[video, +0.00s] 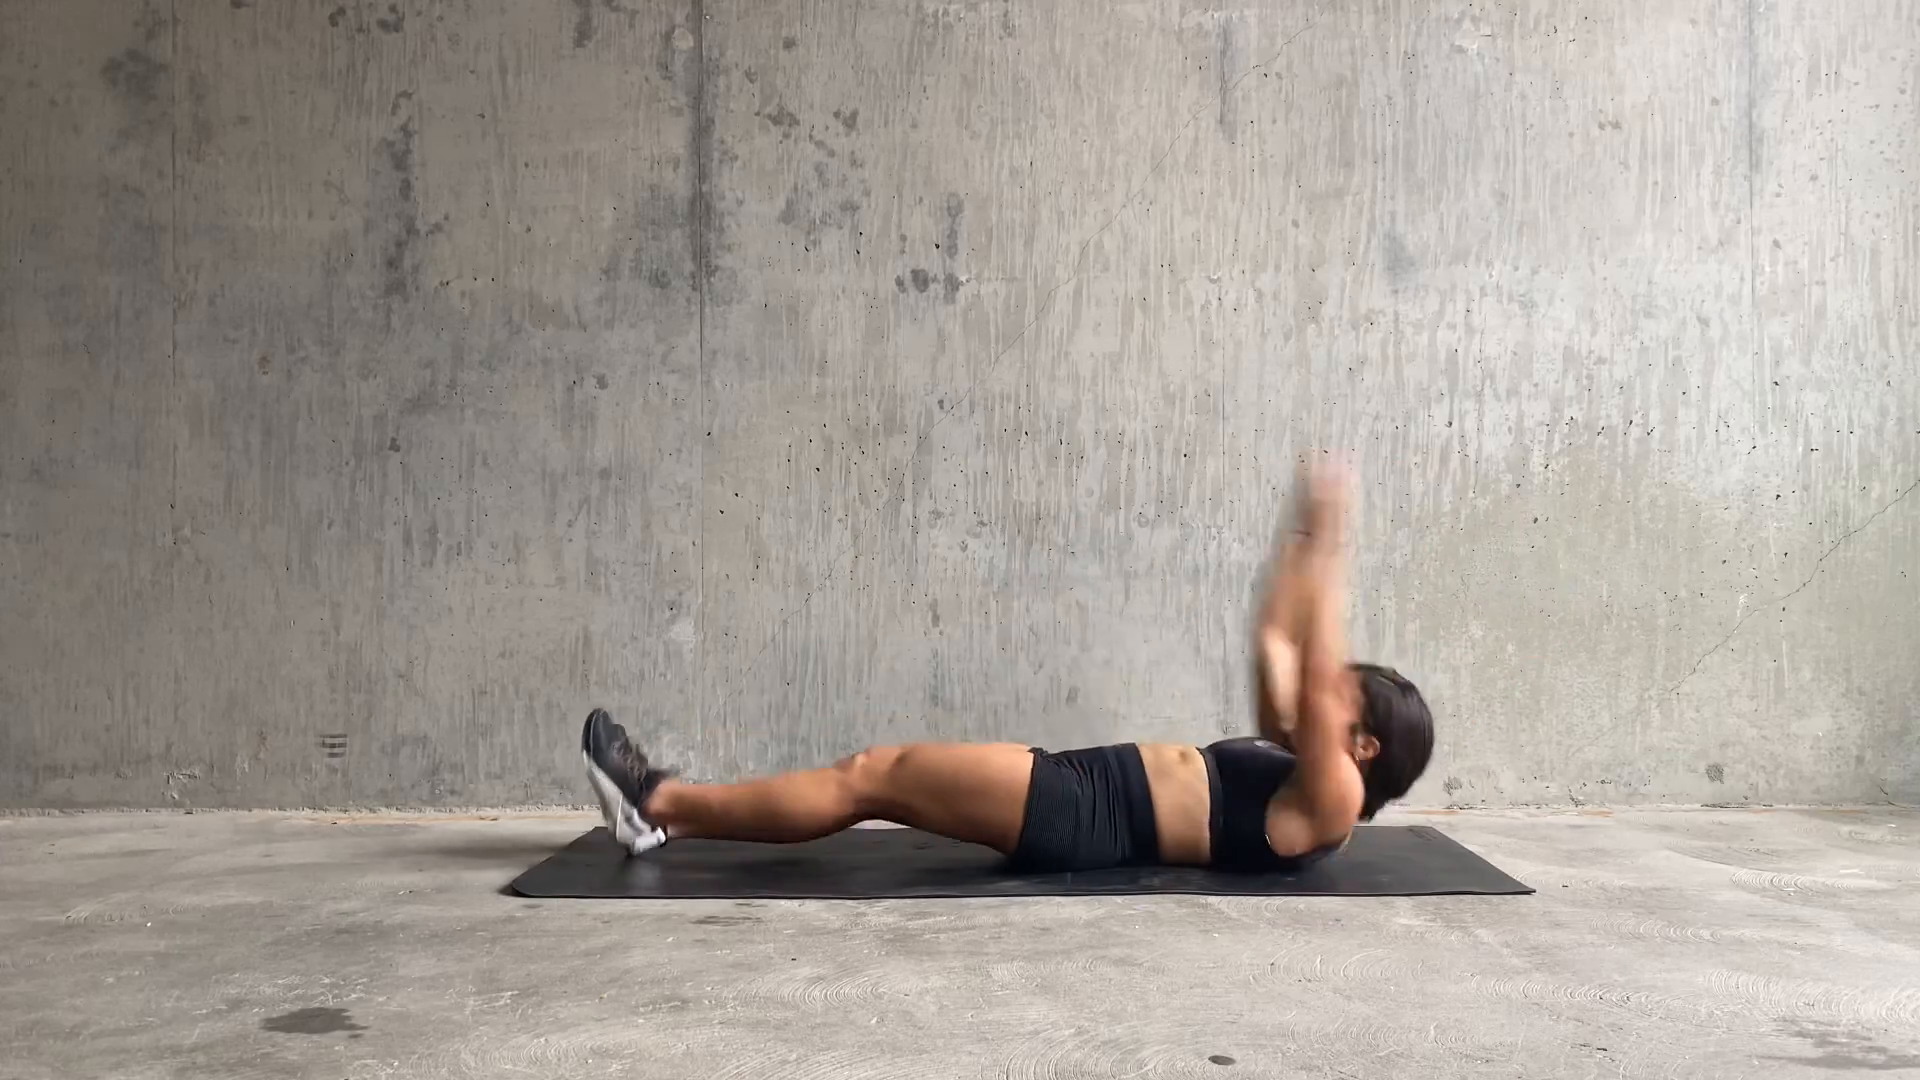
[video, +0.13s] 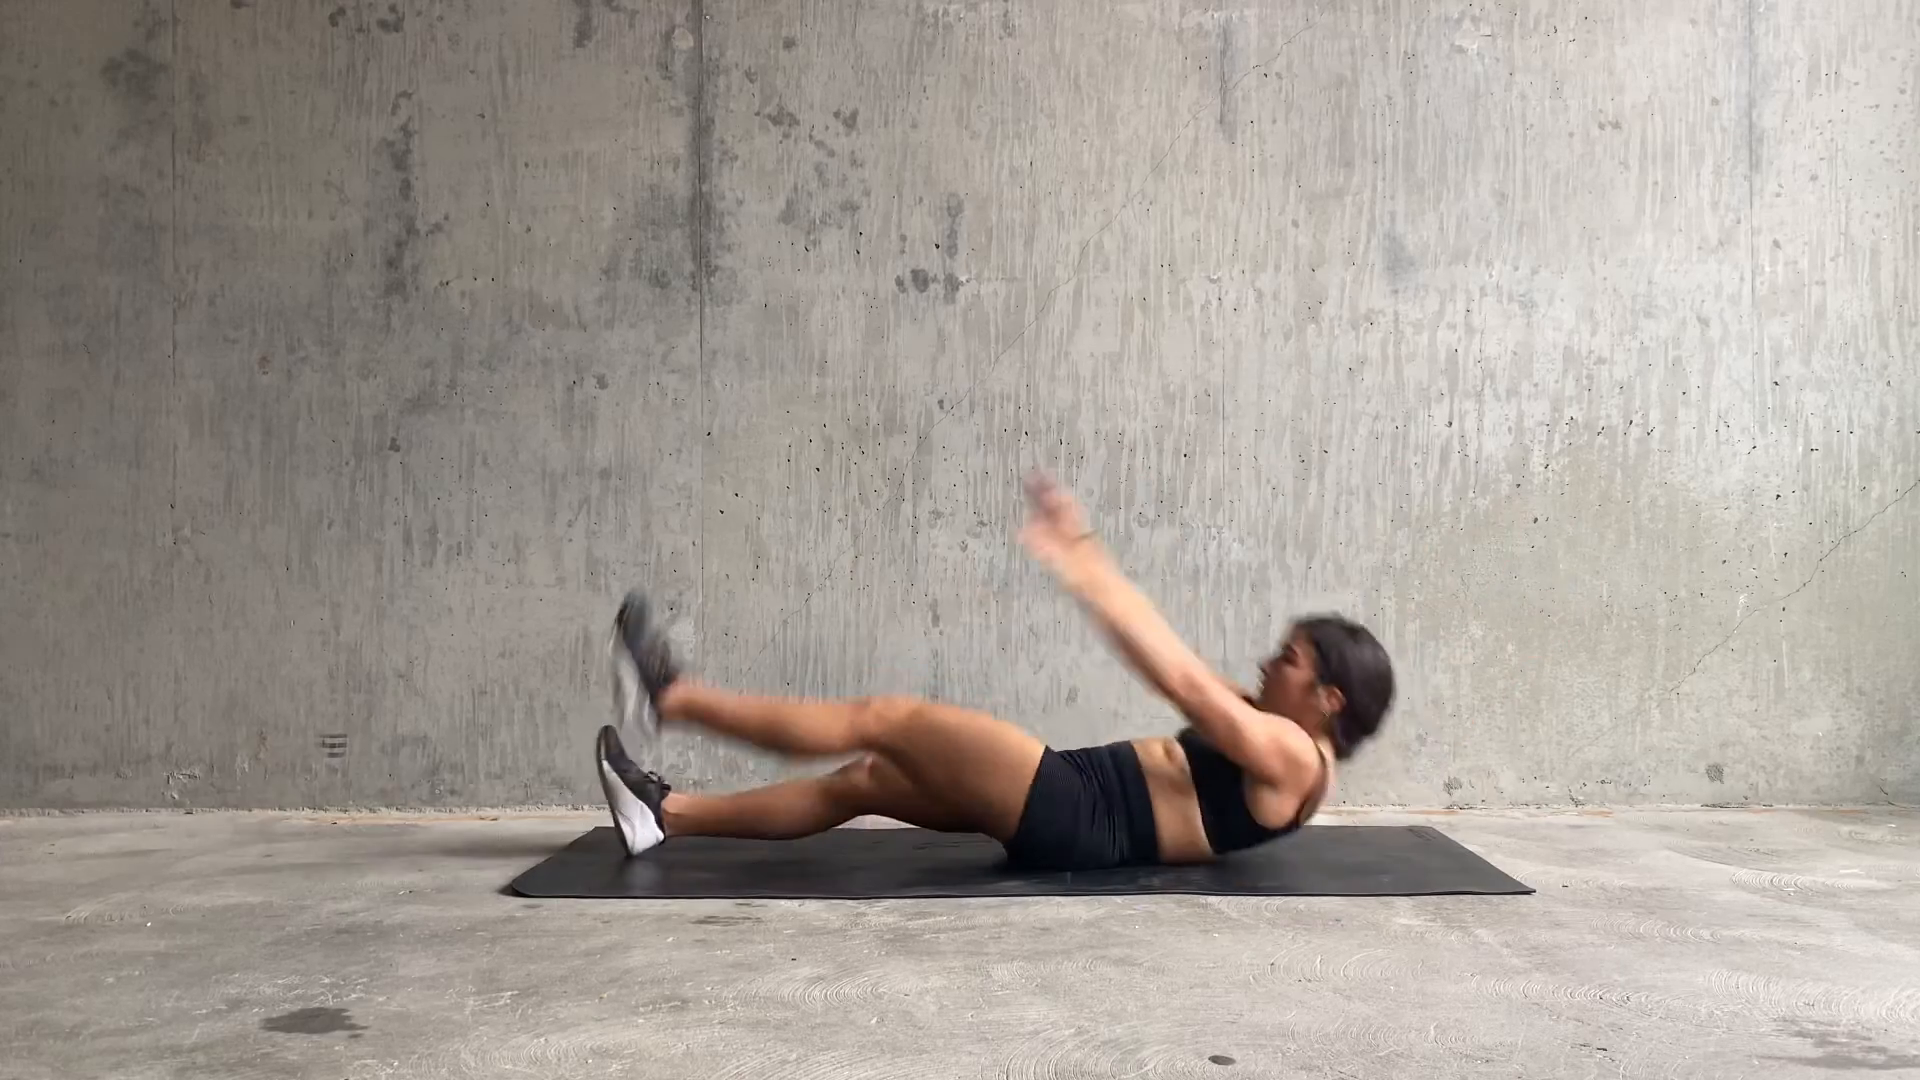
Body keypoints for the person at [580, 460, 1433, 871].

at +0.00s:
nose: (1333, 691)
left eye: (1350, 694)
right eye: (1343, 688)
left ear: (1365, 743)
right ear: (1343, 731)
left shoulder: (1331, 802)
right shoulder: (1298, 772)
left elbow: (1318, 660)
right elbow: (1272, 650)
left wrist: (1325, 537)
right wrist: (1299, 542)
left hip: (1079, 812)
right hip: (1081, 795)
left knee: (878, 776)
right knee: (884, 777)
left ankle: (661, 804)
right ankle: (675, 801)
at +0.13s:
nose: (1267, 670)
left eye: (1287, 665)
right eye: (1279, 656)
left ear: (1327, 698)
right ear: (1325, 699)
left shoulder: (1293, 753)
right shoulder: (1278, 747)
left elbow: (1175, 671)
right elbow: (1169, 664)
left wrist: (1084, 562)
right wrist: (1086, 557)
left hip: (1080, 804)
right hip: (1078, 810)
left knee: (884, 720)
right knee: (865, 783)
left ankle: (678, 695)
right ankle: (664, 817)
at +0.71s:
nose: (1219, 597)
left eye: (1237, 591)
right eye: (1230, 584)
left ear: (1276, 625)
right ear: (1270, 622)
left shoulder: (1252, 695)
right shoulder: (1239, 682)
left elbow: (1128, 625)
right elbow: (1137, 610)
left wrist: (1034, 534)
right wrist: (1051, 507)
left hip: (1075, 813)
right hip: (1063, 797)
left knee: (912, 668)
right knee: (857, 784)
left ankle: (720, 565)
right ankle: (650, 810)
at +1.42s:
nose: (1327, 692)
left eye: (1348, 692)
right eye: (1331, 682)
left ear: (1370, 734)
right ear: (1333, 707)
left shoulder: (1323, 810)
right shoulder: (1298, 769)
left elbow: (1376, 668)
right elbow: (1320, 651)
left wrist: (1415, 558)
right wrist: (1393, 561)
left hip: (1082, 808)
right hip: (1078, 777)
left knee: (872, 785)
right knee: (873, 768)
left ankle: (656, 820)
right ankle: (673, 811)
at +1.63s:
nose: (1248, 648)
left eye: (1264, 642)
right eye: (1257, 637)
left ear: (1303, 672)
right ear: (1309, 675)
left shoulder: (1263, 729)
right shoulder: (1274, 733)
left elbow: (1127, 660)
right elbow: (1123, 658)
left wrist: (1023, 572)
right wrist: (1027, 578)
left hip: (1075, 811)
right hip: (1069, 771)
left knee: (861, 790)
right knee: (903, 678)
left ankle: (646, 823)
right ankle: (704, 621)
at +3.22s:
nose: (1179, 561)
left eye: (1196, 556)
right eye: (1189, 551)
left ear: (1232, 589)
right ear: (1224, 586)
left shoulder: (1210, 671)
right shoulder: (1175, 633)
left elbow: (1070, 646)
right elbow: (1055, 593)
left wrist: (942, 595)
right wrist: (954, 523)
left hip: (1071, 818)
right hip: (1052, 791)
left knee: (935, 627)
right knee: (848, 767)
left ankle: (783, 490)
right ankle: (647, 807)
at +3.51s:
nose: (1165, 544)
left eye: (1182, 539)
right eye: (1176, 533)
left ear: (1218, 572)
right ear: (1216, 575)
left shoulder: (1192, 654)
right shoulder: (1167, 626)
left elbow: (1051, 618)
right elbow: (1045, 584)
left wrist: (928, 559)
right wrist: (951, 511)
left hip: (1067, 813)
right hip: (1046, 793)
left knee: (942, 632)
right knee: (844, 777)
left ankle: (777, 498)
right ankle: (651, 807)